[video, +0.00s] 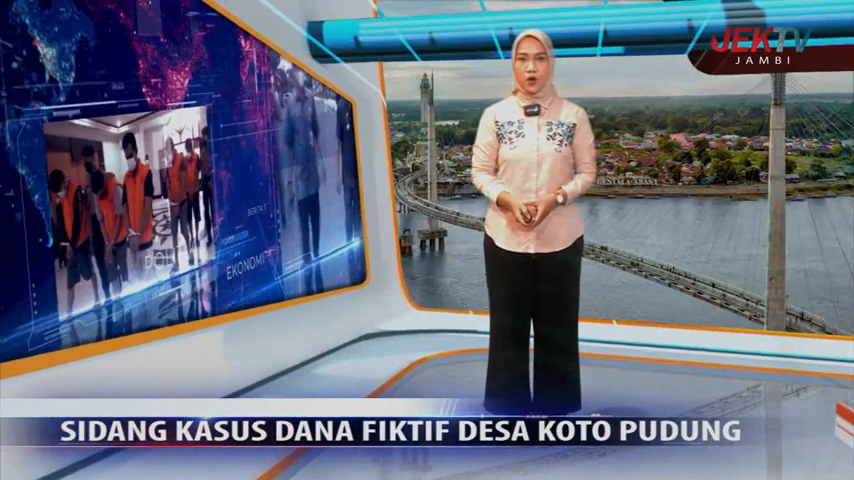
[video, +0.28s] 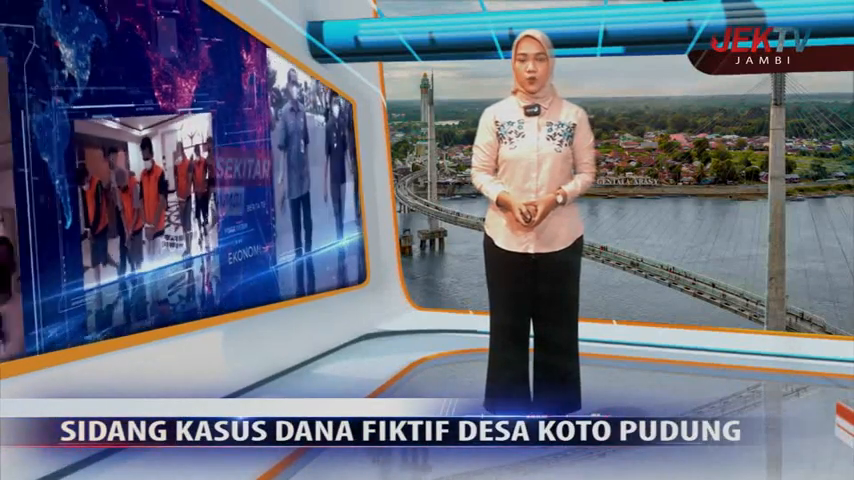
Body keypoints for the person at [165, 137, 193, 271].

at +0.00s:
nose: (168, 150)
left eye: (169, 147)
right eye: (166, 148)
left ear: (173, 147)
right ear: (166, 149)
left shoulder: (180, 159)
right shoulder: (168, 162)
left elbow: (184, 179)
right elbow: (168, 180)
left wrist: (183, 195)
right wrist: (169, 195)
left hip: (183, 199)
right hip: (173, 200)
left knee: (184, 229)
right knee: (174, 231)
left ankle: (190, 254)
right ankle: (176, 261)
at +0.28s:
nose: (178, 151)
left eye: (180, 149)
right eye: (178, 149)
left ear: (182, 150)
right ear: (176, 150)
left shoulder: (189, 164)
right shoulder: (176, 165)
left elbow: (190, 179)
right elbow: (176, 179)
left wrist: (188, 192)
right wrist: (177, 191)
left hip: (187, 196)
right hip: (180, 196)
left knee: (187, 222)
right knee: (183, 222)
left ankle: (188, 248)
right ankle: (187, 247)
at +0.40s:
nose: (182, 157)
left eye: (183, 155)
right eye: (181, 155)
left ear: (186, 154)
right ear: (179, 155)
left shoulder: (192, 166)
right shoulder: (179, 166)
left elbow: (195, 181)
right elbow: (179, 180)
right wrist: (181, 194)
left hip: (191, 197)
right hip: (183, 198)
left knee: (189, 223)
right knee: (187, 222)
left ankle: (190, 243)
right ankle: (190, 243)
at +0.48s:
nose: (184, 158)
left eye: (185, 155)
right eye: (182, 156)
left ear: (189, 155)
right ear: (181, 157)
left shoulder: (193, 166)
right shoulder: (183, 168)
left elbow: (195, 181)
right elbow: (183, 183)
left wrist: (193, 196)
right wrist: (185, 197)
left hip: (194, 196)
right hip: (187, 197)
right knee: (189, 221)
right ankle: (192, 240)